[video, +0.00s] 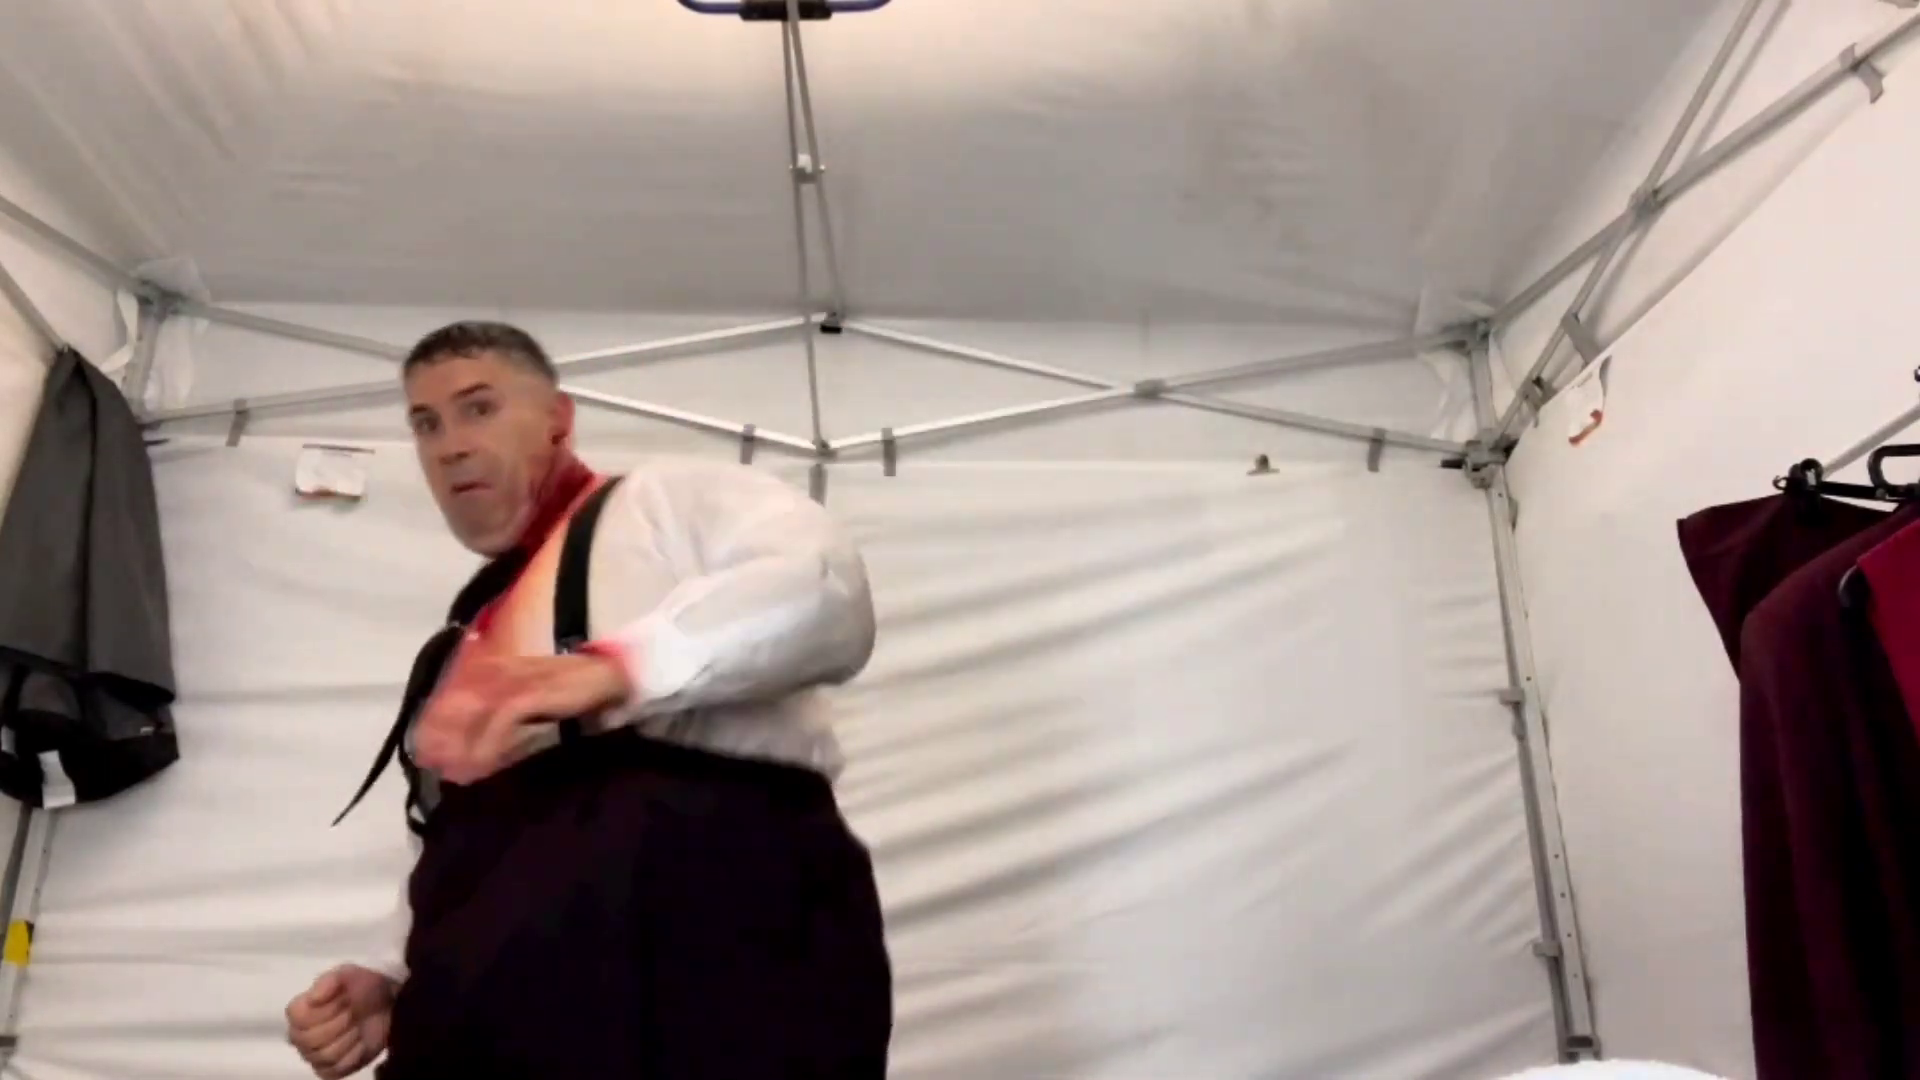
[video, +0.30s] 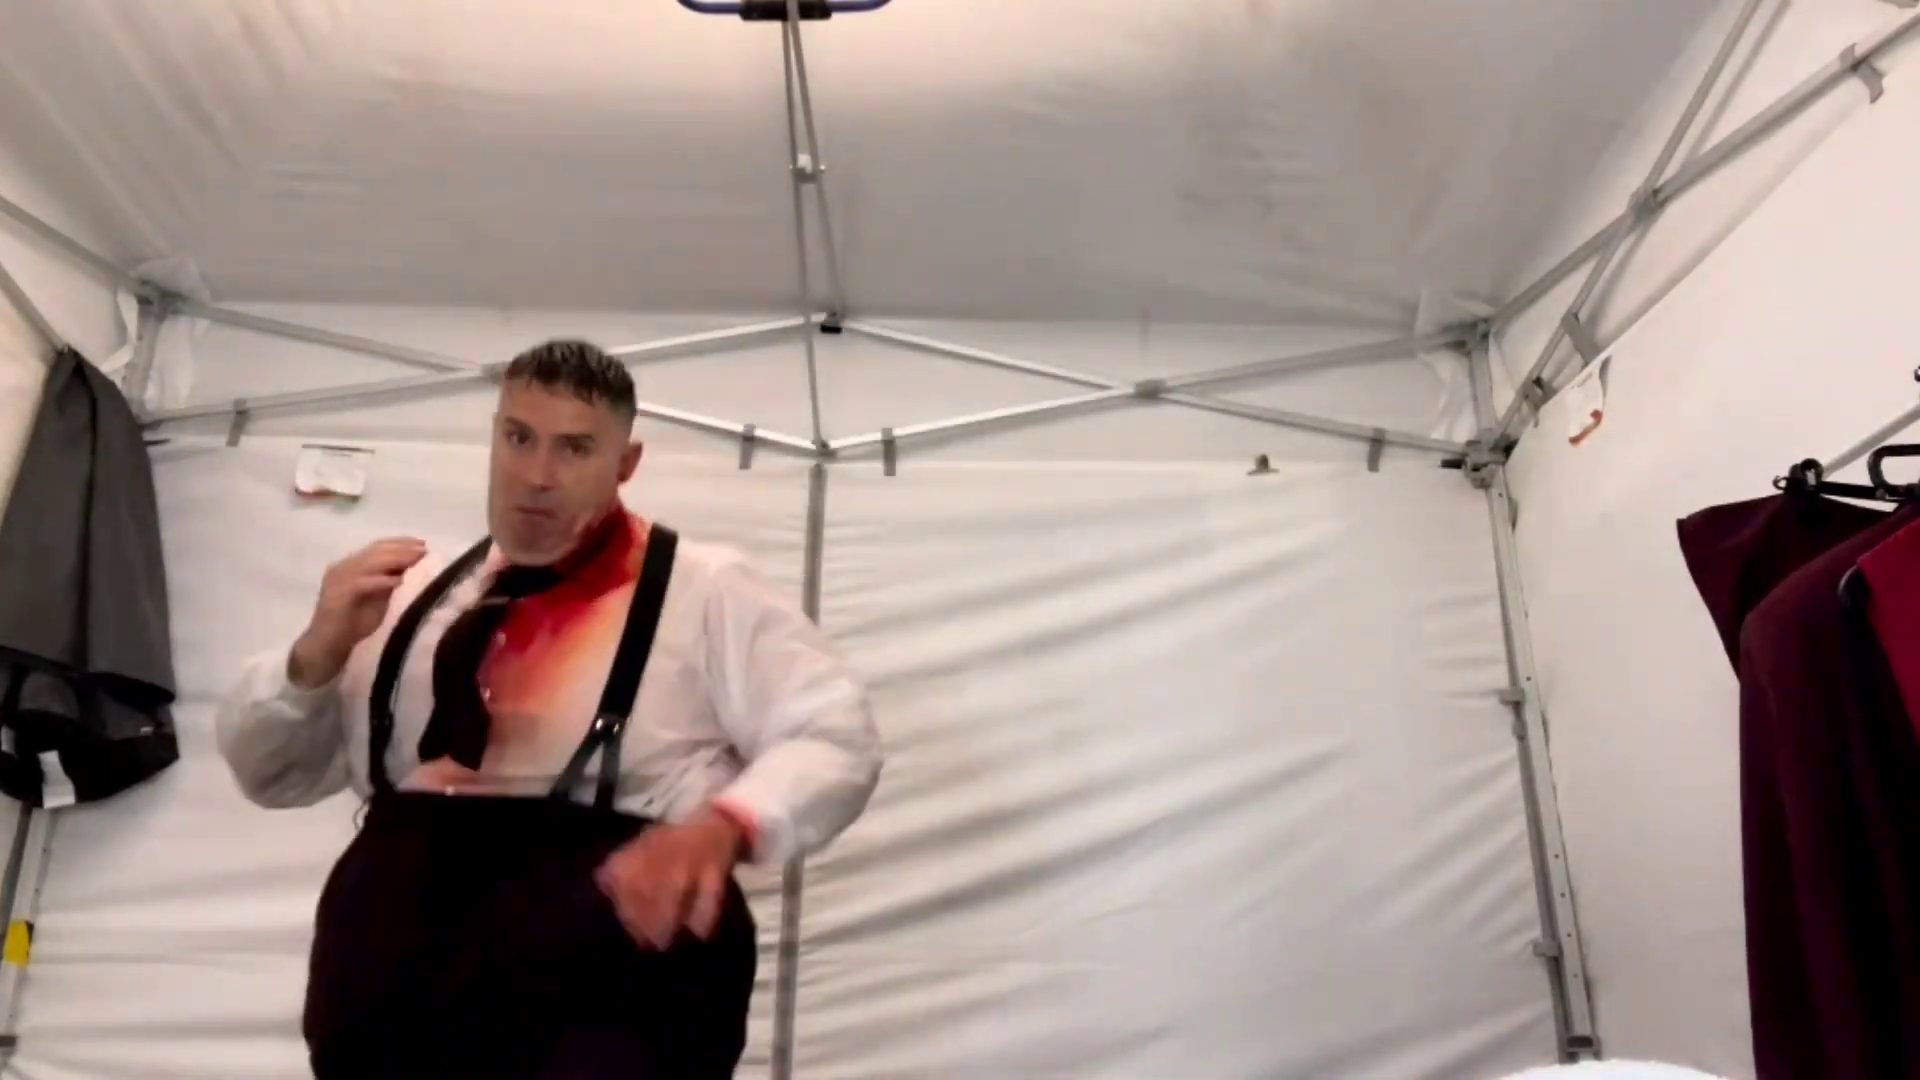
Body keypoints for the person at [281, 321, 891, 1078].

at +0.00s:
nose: (450, 446)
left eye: (480, 409)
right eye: (427, 426)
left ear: (558, 420)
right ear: (416, 454)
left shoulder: (674, 499)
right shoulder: (454, 654)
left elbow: (827, 598)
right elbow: (481, 873)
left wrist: (613, 669)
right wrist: (397, 994)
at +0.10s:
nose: (518, 440)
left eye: (553, 405)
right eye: (497, 408)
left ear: (625, 422)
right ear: (481, 425)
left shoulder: (716, 538)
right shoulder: (491, 613)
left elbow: (813, 705)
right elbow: (430, 799)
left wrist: (578, 696)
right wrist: (362, 902)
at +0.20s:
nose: (539, 418)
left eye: (575, 388)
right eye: (519, 384)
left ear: (637, 410)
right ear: (497, 398)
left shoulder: (726, 536)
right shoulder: (453, 576)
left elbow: (847, 715)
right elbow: (391, 792)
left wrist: (657, 715)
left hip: (651, 1004)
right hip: (436, 997)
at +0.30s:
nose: (538, 475)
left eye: (574, 448)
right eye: (519, 440)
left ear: (625, 464)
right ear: (491, 444)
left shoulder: (704, 595)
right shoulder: (418, 598)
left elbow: (839, 739)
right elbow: (271, 777)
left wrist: (724, 826)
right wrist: (314, 656)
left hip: (605, 996)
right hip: (398, 980)